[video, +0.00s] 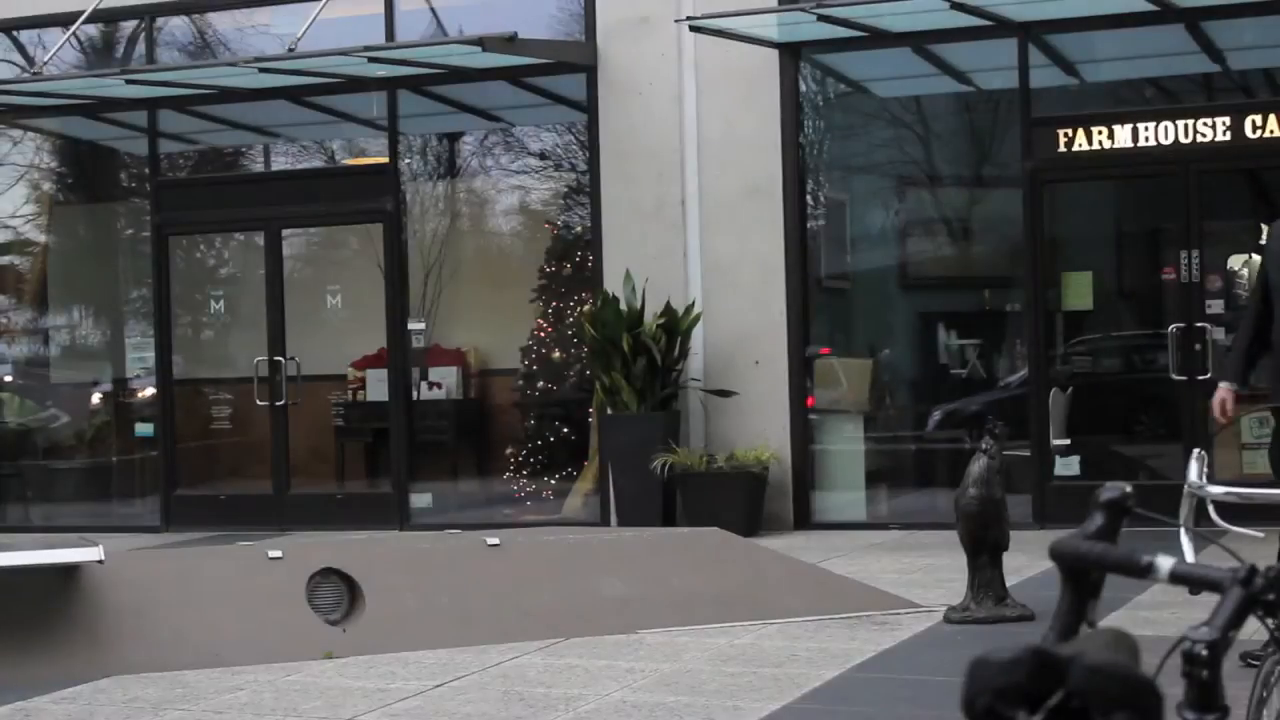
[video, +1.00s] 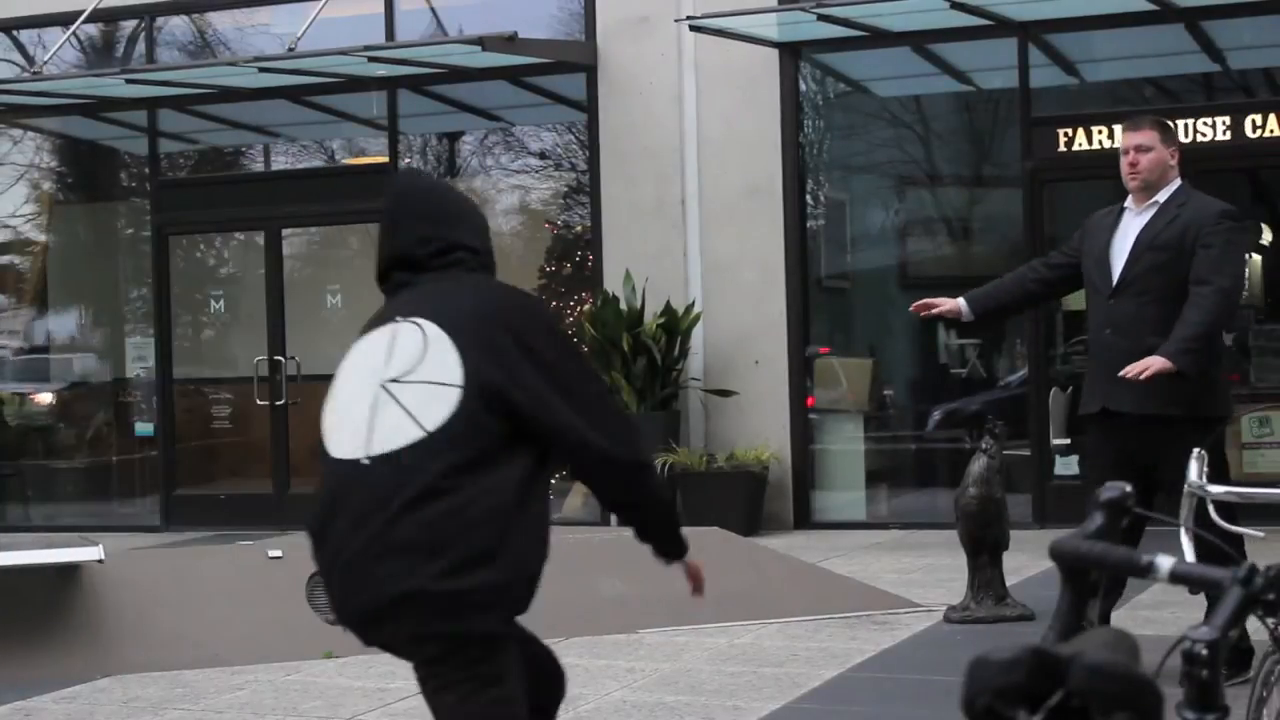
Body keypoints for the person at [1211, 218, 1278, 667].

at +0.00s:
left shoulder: (1273, 239)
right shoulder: (1274, 235)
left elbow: (1258, 311)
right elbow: (1260, 310)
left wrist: (1230, 378)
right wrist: (1230, 378)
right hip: (1278, 401)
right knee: (1279, 521)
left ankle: (1277, 629)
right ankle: (1277, 629)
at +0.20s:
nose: (1267, 158)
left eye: (1275, 149)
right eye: (1261, 150)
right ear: (1251, 158)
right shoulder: (1233, 225)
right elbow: (1187, 287)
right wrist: (1120, 331)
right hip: (1252, 399)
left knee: (1277, 520)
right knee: (1267, 517)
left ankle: (1276, 616)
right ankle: (1274, 616)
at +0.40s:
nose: (1230, 160)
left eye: (1241, 150)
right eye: (1224, 153)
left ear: (1270, 154)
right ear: (1218, 161)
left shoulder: (1277, 212)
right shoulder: (1200, 219)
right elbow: (1146, 268)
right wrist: (1074, 298)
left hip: (1264, 393)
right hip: (1208, 394)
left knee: (1261, 516)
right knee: (1232, 517)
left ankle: (1255, 633)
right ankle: (1253, 626)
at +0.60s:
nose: (1206, 157)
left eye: (1217, 147)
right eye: (1200, 149)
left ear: (1247, 154)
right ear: (1194, 159)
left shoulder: (1268, 213)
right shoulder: (1176, 217)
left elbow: (1273, 297)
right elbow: (1116, 267)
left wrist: (1268, 368)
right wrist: (1039, 296)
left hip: (1236, 396)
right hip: (1169, 395)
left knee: (1232, 518)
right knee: (1162, 509)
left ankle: (1240, 636)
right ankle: (1231, 611)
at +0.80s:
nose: (1173, 153)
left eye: (1186, 143)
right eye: (1168, 145)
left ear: (1216, 151)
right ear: (1162, 156)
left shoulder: (1248, 214)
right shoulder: (1143, 215)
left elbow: (1246, 293)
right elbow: (1089, 266)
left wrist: (1216, 356)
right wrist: (1013, 303)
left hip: (1207, 395)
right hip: (1136, 396)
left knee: (1219, 521)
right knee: (1132, 520)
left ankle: (1234, 640)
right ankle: (1142, 635)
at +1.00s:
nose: (1129, 161)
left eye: (1140, 151)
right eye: (1124, 154)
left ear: (1173, 155)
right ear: (1120, 163)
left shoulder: (1211, 218)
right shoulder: (1101, 225)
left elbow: (1212, 296)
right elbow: (1044, 275)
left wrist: (1174, 354)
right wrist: (967, 306)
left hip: (1181, 402)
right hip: (1108, 404)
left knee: (1207, 521)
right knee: (1111, 524)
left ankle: (1232, 638)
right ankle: (1078, 633)